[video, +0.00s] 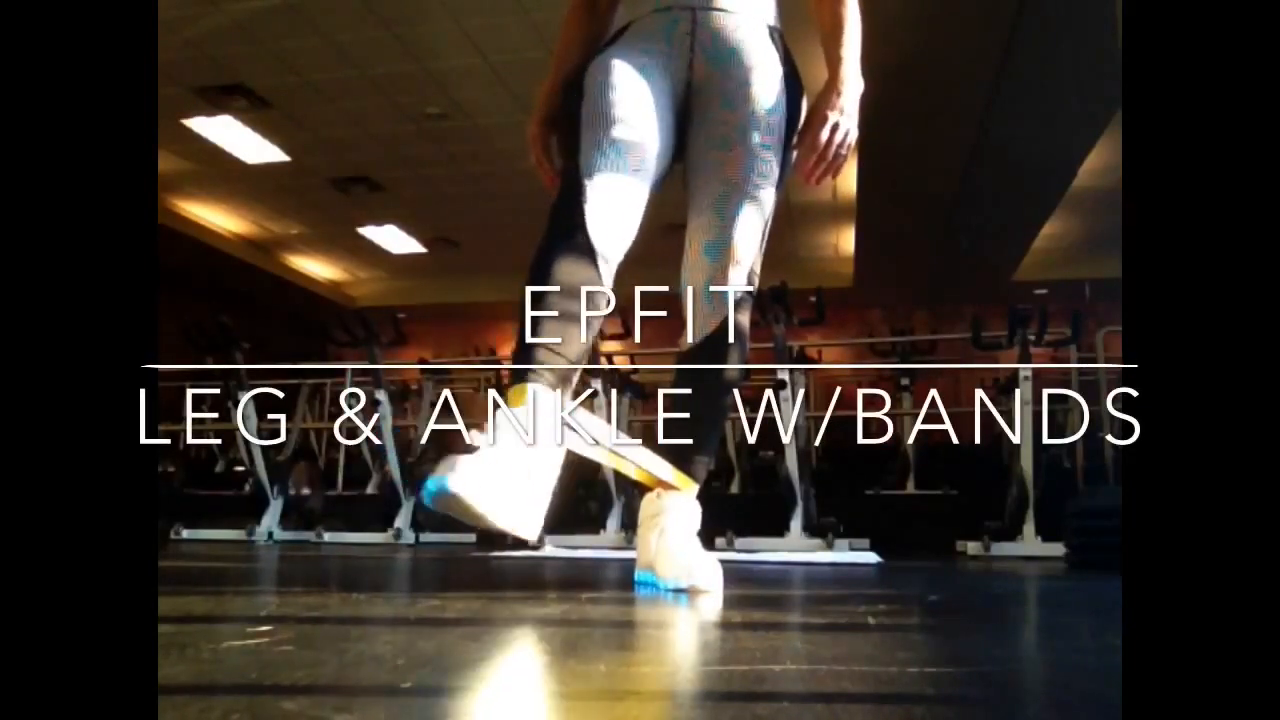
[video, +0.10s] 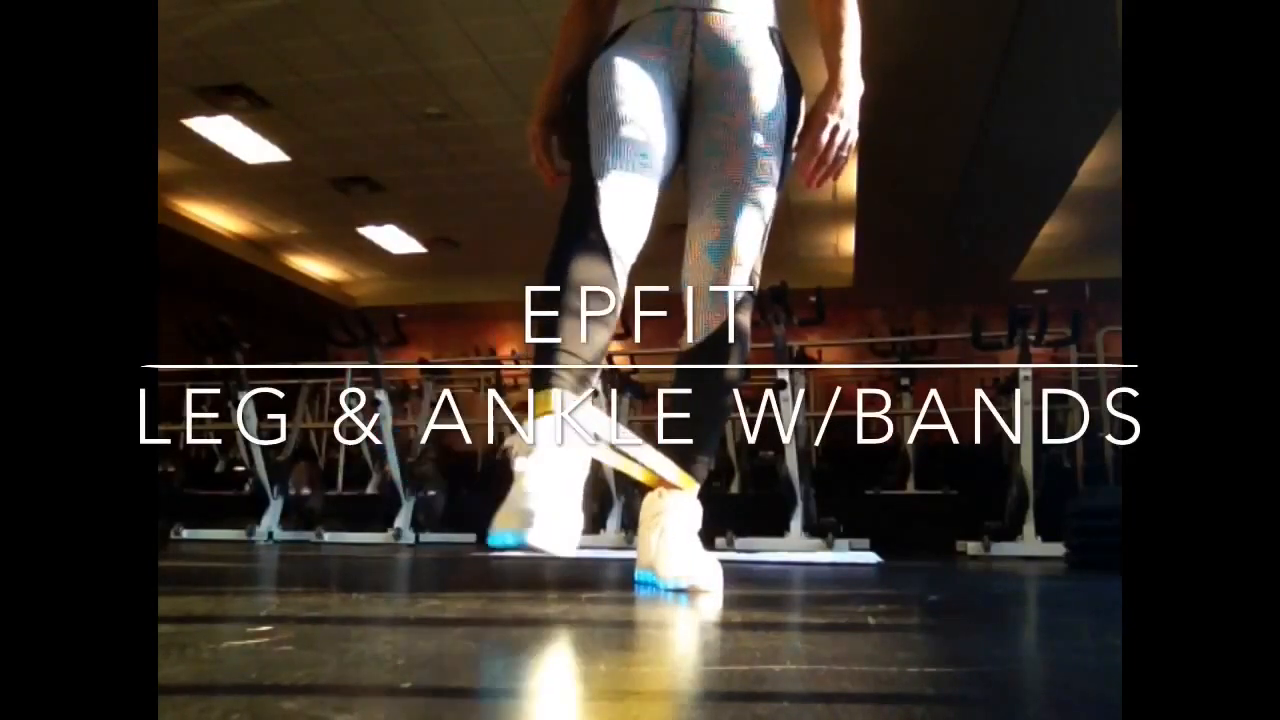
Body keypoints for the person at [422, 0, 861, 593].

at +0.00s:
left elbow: (832, 2)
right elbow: (594, 4)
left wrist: (844, 80)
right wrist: (555, 90)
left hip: (748, 24)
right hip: (636, 22)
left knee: (722, 272)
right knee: (593, 213)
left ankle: (672, 519)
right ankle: (521, 458)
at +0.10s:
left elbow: (833, 5)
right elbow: (593, 4)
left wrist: (845, 82)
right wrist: (553, 92)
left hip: (750, 25)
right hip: (635, 19)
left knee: (726, 274)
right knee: (611, 208)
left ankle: (675, 517)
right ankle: (554, 453)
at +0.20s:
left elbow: (829, 4)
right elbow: (592, 4)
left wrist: (842, 88)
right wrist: (556, 88)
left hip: (747, 26)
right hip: (636, 23)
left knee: (724, 270)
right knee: (623, 204)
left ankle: (675, 513)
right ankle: (578, 450)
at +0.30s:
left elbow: (827, 5)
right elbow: (590, 4)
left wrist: (839, 91)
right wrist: (556, 85)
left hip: (743, 27)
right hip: (634, 20)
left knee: (724, 274)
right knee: (627, 188)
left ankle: (673, 515)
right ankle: (593, 405)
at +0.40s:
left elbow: (826, 6)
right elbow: (588, 4)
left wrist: (836, 91)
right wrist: (554, 83)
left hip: (742, 26)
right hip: (629, 18)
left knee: (722, 268)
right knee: (617, 192)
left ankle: (676, 507)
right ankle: (595, 411)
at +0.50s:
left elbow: (825, 6)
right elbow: (588, 4)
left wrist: (833, 99)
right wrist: (549, 87)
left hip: (739, 27)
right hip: (629, 22)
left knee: (719, 271)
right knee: (608, 181)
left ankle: (673, 513)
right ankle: (568, 403)